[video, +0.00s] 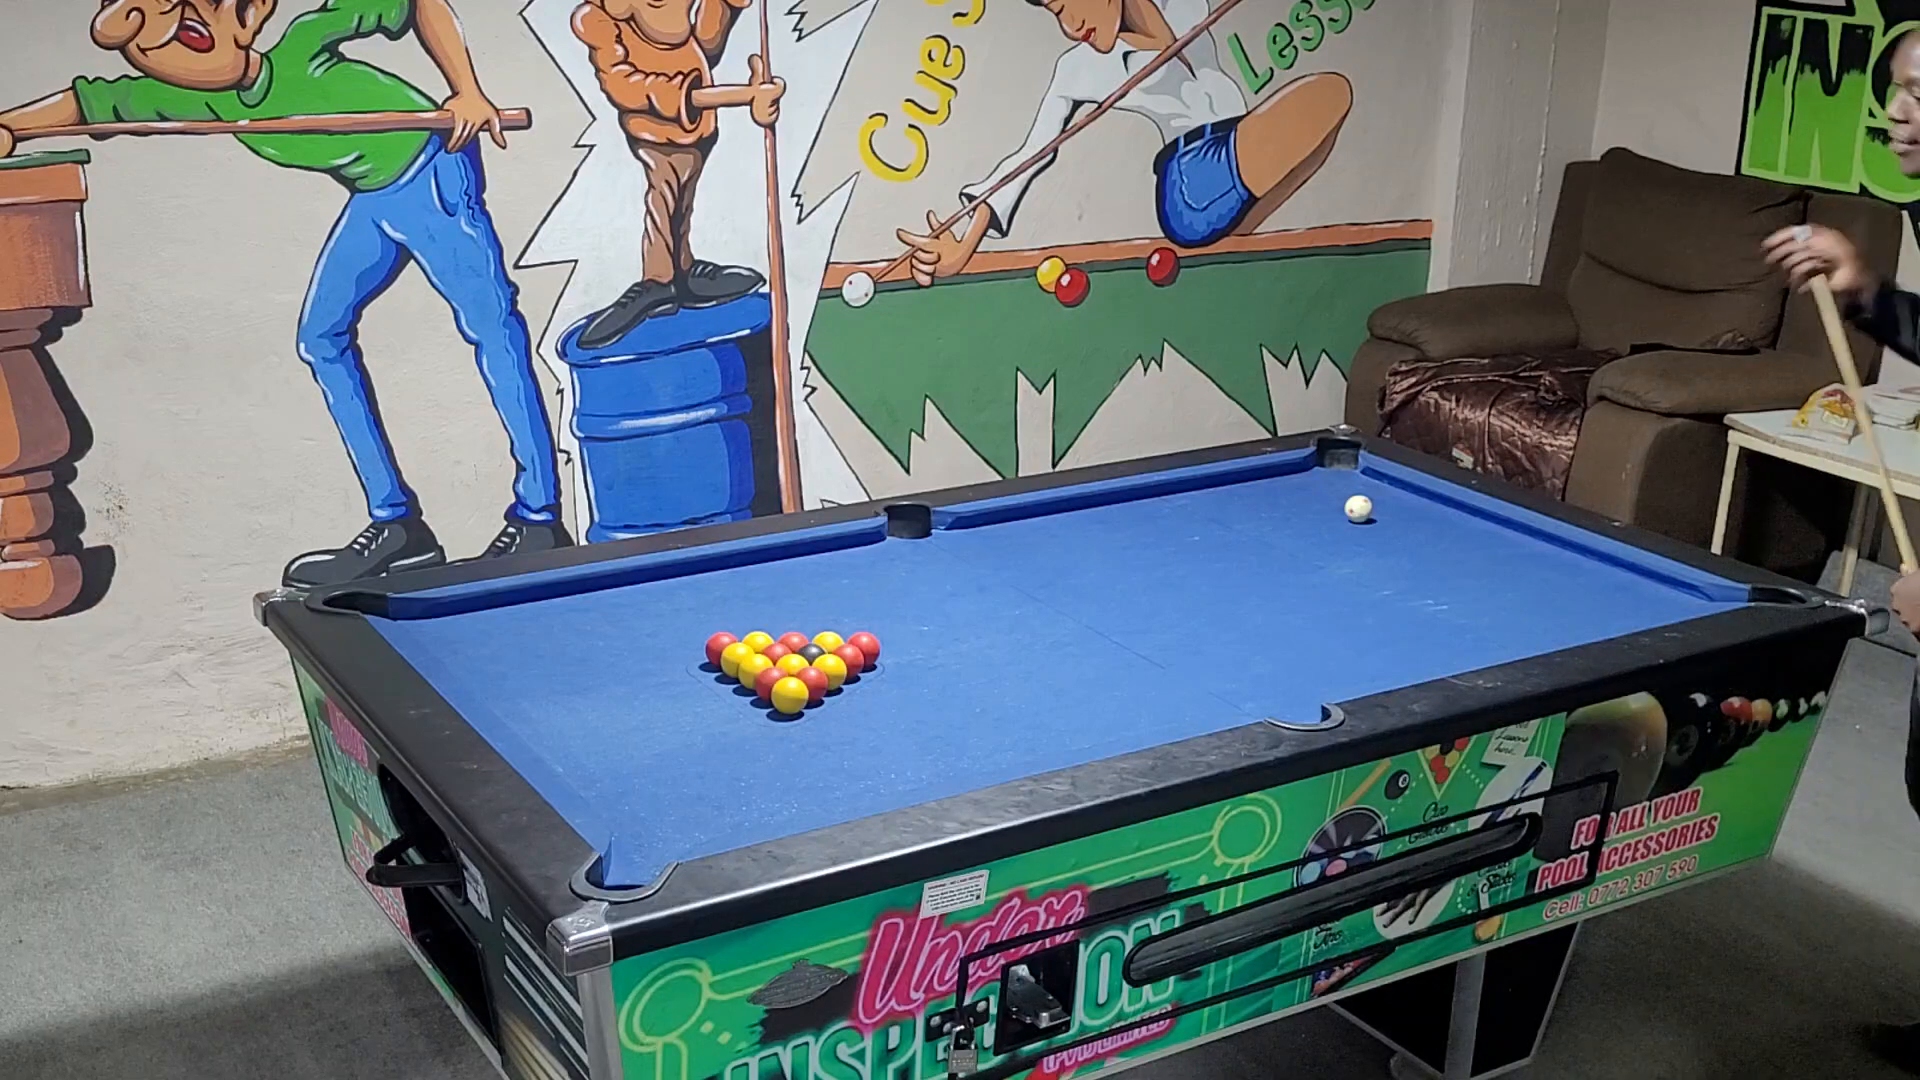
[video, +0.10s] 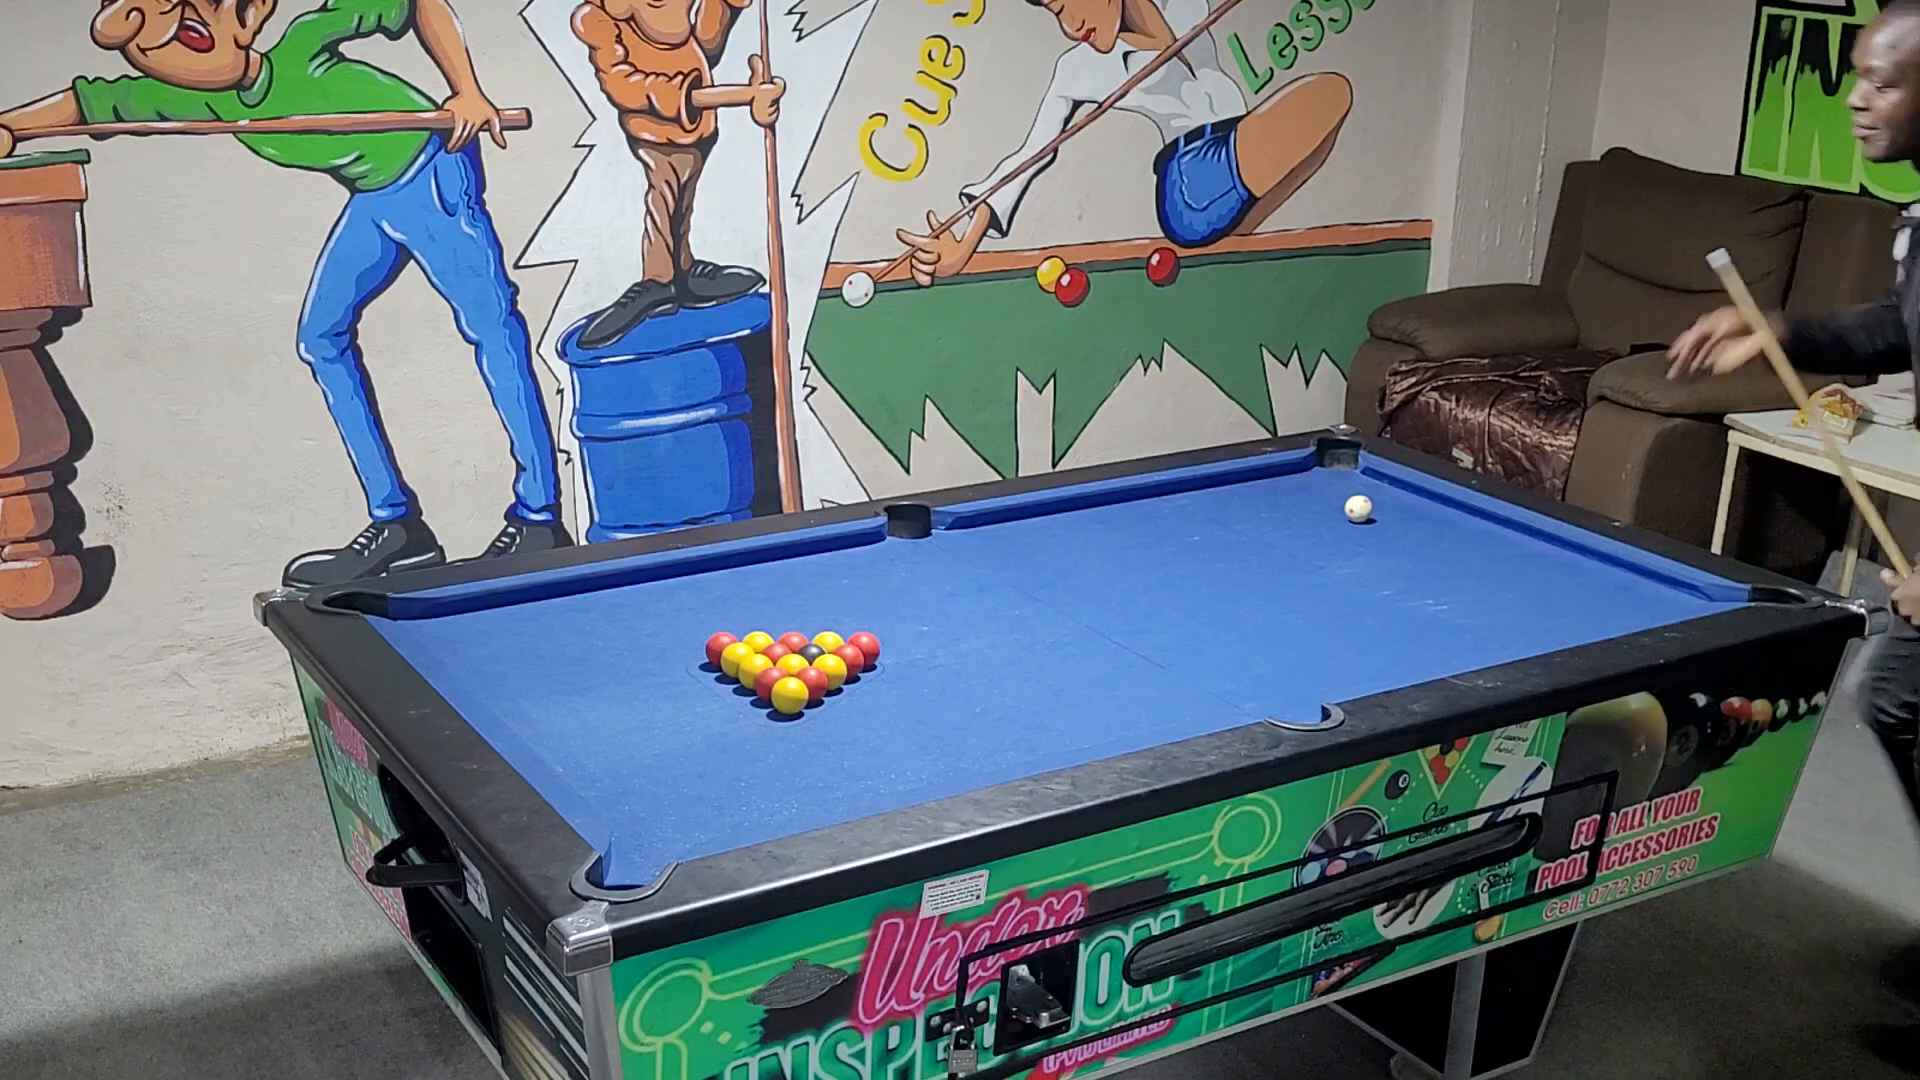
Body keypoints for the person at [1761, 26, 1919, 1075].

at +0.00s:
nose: (1895, 114)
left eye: (1907, 93)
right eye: (1893, 92)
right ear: (1892, 102)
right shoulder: (1908, 223)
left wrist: (1919, 564)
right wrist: (1866, 290)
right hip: (1919, 563)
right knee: (1919, 780)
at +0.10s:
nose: (1858, 103)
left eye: (1880, 83)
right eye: (1858, 80)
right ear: (1871, 88)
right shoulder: (1911, 226)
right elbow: (1904, 327)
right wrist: (1778, 331)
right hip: (1916, 542)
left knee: (1887, 698)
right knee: (1881, 691)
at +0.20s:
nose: (1803, 112)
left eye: (1824, 93)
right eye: (1805, 91)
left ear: (1900, 104)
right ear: (1877, 107)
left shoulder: (1915, 230)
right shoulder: (1855, 211)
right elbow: (1809, 322)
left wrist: (1919, 582)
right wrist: (1668, 390)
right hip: (1915, 510)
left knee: (1896, 702)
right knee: (1872, 681)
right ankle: (1825, 893)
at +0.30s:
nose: (1738, 158)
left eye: (1755, 136)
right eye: (1740, 135)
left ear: (1833, 137)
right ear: (1812, 139)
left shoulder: (1914, 232)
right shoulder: (1780, 238)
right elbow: (1678, 343)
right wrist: (1537, 429)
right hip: (1905, 506)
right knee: (1833, 705)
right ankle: (1749, 888)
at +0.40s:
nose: (1674, 204)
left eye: (1693, 183)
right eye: (1675, 183)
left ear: (1771, 182)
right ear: (1749, 187)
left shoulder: (1900, 242)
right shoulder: (1706, 291)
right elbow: (1588, 387)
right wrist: (1437, 461)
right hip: (1887, 514)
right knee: (1783, 692)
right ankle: (1742, 891)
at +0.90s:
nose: (1690, 213)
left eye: (1712, 190)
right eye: (1681, 193)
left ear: (1782, 179)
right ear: (1678, 192)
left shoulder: (1903, 229)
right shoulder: (1702, 298)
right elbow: (1644, 423)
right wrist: (1539, 508)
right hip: (1854, 491)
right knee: (1769, 677)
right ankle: (1741, 887)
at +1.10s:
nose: (1791, 194)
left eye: (1816, 174)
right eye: (1785, 174)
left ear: (1888, 171)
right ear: (1781, 174)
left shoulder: (1919, 260)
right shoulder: (1794, 287)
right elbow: (1729, 415)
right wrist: (1612, 493)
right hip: (1908, 489)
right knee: (1819, 679)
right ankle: (1744, 889)